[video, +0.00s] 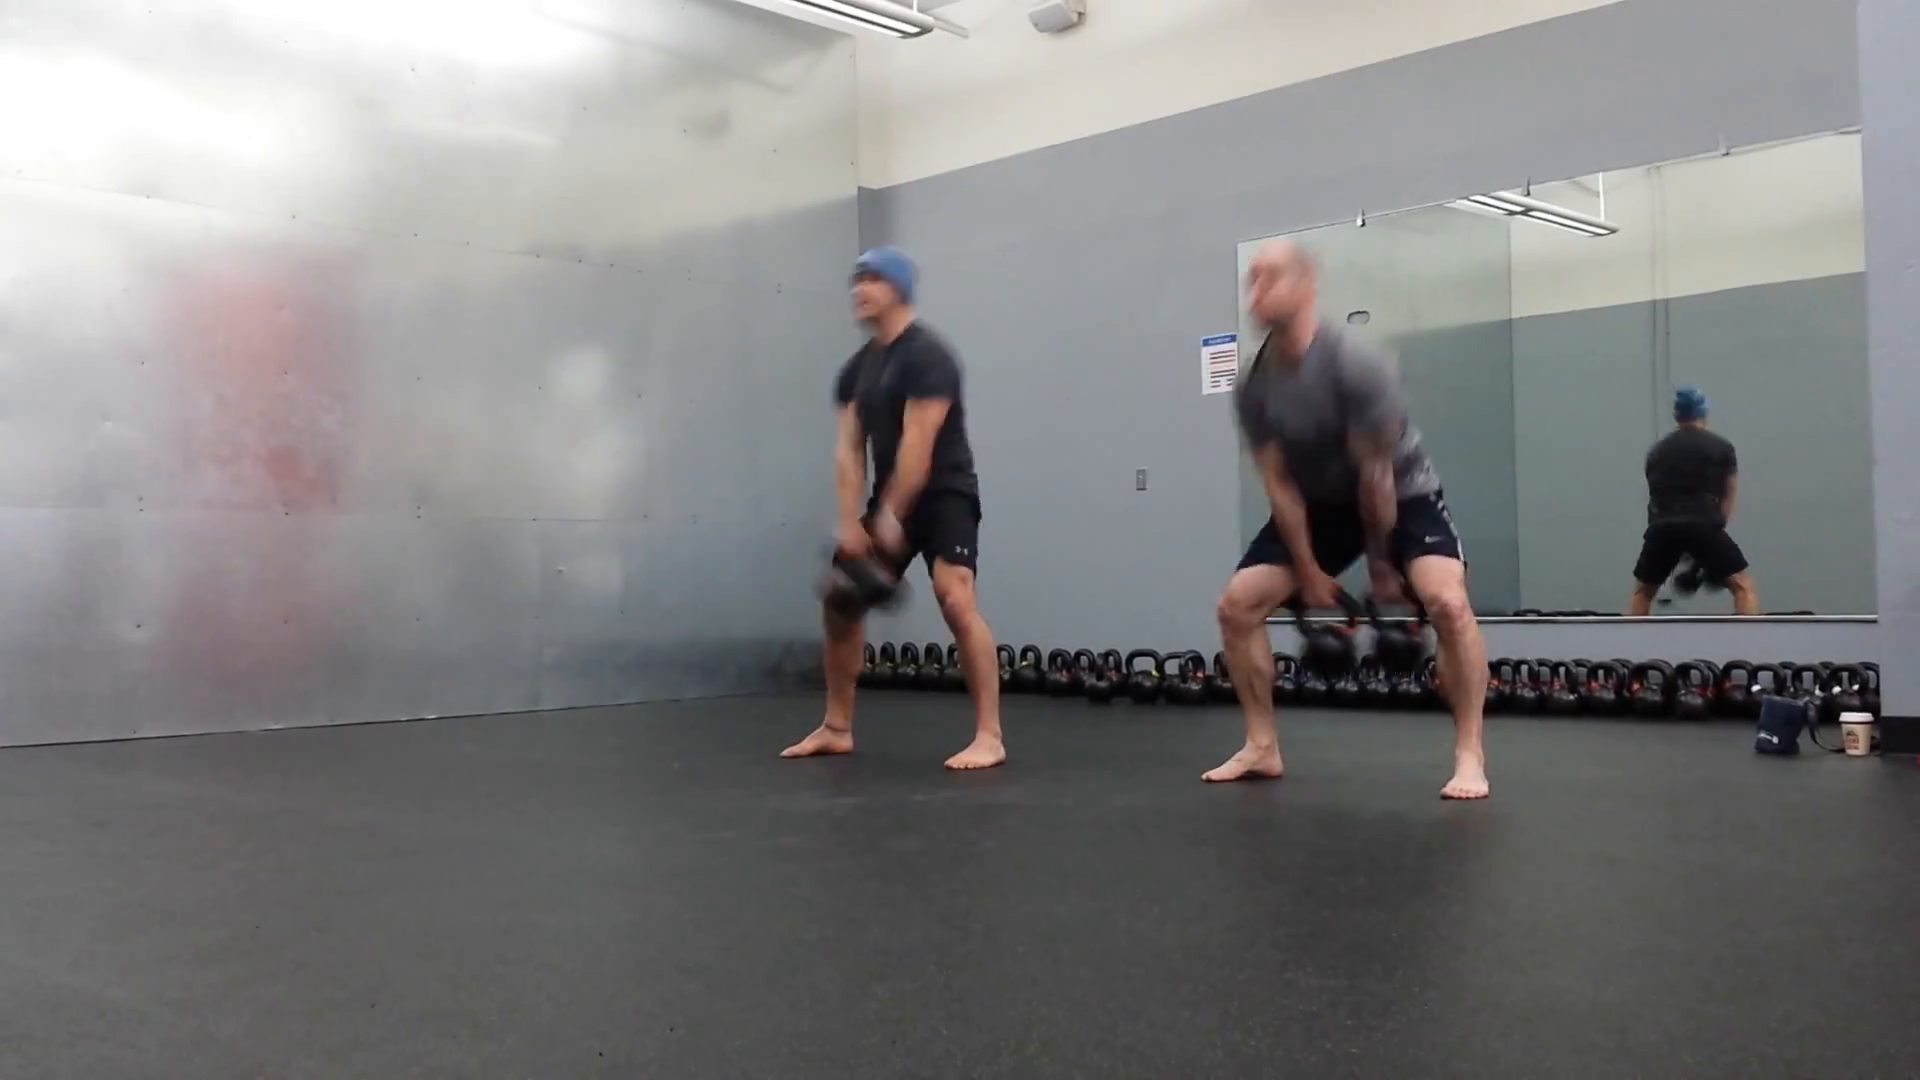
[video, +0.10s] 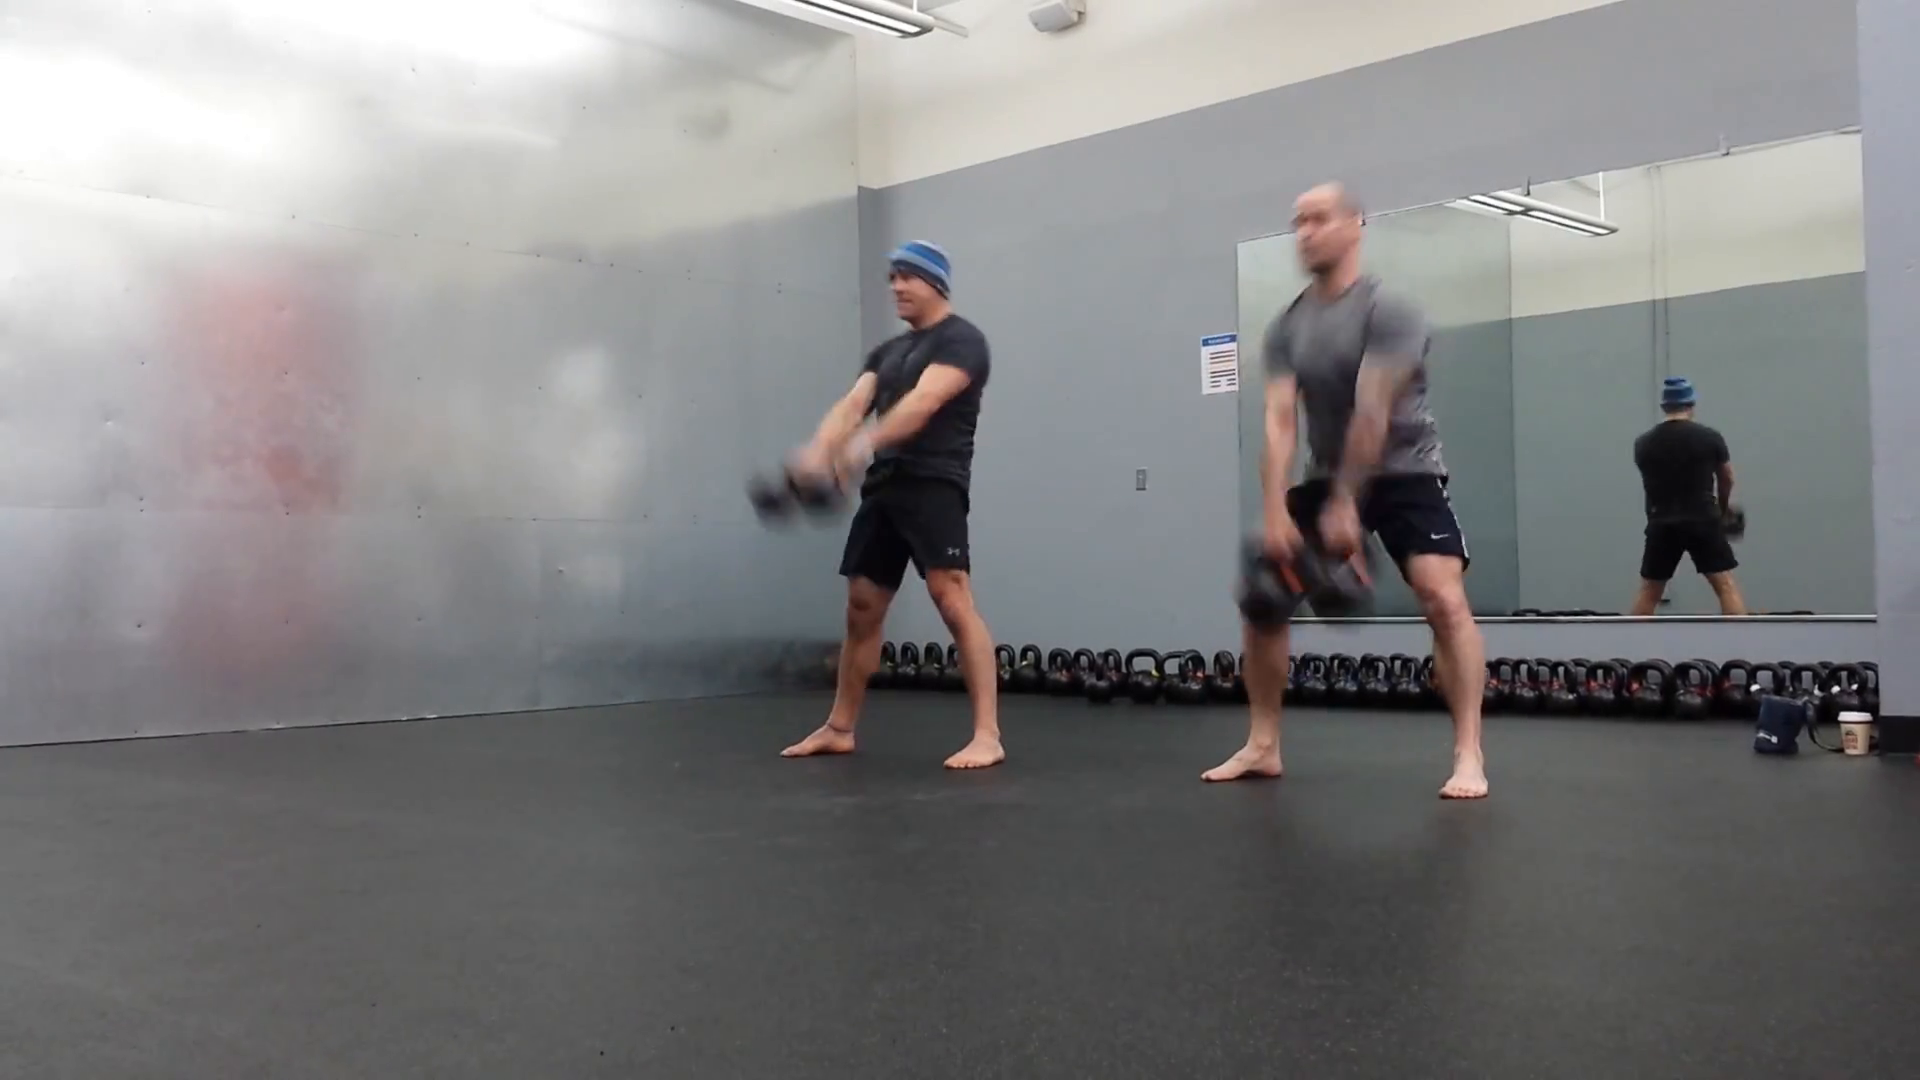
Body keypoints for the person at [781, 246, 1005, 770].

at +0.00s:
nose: (858, 289)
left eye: (870, 280)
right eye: (857, 281)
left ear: (899, 289)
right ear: (860, 293)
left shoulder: (929, 356)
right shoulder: (857, 370)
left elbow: (917, 453)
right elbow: (849, 452)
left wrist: (890, 513)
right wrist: (849, 522)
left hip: (944, 492)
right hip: (891, 494)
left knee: (955, 598)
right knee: (842, 597)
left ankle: (989, 735)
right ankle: (837, 726)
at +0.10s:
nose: (896, 287)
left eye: (906, 277)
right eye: (893, 278)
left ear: (937, 285)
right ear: (896, 287)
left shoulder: (963, 342)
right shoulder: (889, 351)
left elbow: (921, 405)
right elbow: (851, 406)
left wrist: (861, 444)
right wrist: (818, 450)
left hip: (935, 492)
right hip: (884, 491)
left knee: (953, 600)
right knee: (863, 606)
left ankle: (987, 736)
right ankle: (839, 727)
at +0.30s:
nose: (901, 292)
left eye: (911, 282)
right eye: (898, 284)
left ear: (940, 287)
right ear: (900, 293)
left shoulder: (968, 342)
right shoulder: (893, 354)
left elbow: (913, 354)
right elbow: (825, 368)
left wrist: (835, 334)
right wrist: (787, 342)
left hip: (929, 490)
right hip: (877, 491)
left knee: (951, 603)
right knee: (859, 610)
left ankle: (986, 734)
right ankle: (840, 725)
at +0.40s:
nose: (895, 287)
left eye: (904, 278)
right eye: (892, 281)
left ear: (935, 286)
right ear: (897, 290)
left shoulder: (962, 341)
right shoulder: (886, 353)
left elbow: (907, 340)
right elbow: (817, 353)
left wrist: (835, 304)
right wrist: (781, 314)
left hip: (929, 490)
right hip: (876, 492)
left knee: (951, 602)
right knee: (859, 611)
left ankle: (986, 735)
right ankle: (840, 726)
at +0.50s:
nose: (893, 287)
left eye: (902, 278)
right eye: (890, 281)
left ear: (932, 284)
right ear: (899, 290)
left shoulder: (962, 339)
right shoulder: (884, 348)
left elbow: (904, 334)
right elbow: (818, 348)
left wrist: (836, 298)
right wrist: (782, 309)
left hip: (930, 490)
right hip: (877, 493)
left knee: (951, 603)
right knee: (859, 612)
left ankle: (986, 736)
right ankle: (841, 727)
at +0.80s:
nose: (897, 303)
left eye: (906, 292)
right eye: (892, 294)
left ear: (935, 292)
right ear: (891, 298)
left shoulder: (965, 342)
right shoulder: (892, 353)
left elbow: (919, 394)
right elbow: (850, 390)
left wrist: (854, 413)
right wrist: (820, 414)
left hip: (947, 494)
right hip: (895, 496)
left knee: (954, 600)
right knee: (856, 609)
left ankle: (987, 736)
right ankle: (838, 727)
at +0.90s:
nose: (869, 314)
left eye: (877, 303)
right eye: (864, 304)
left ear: (906, 300)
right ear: (863, 307)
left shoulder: (943, 351)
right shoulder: (870, 363)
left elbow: (923, 429)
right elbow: (849, 431)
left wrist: (877, 488)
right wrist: (831, 495)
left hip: (953, 497)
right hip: (898, 500)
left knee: (956, 597)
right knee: (848, 606)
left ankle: (987, 736)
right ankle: (838, 727)